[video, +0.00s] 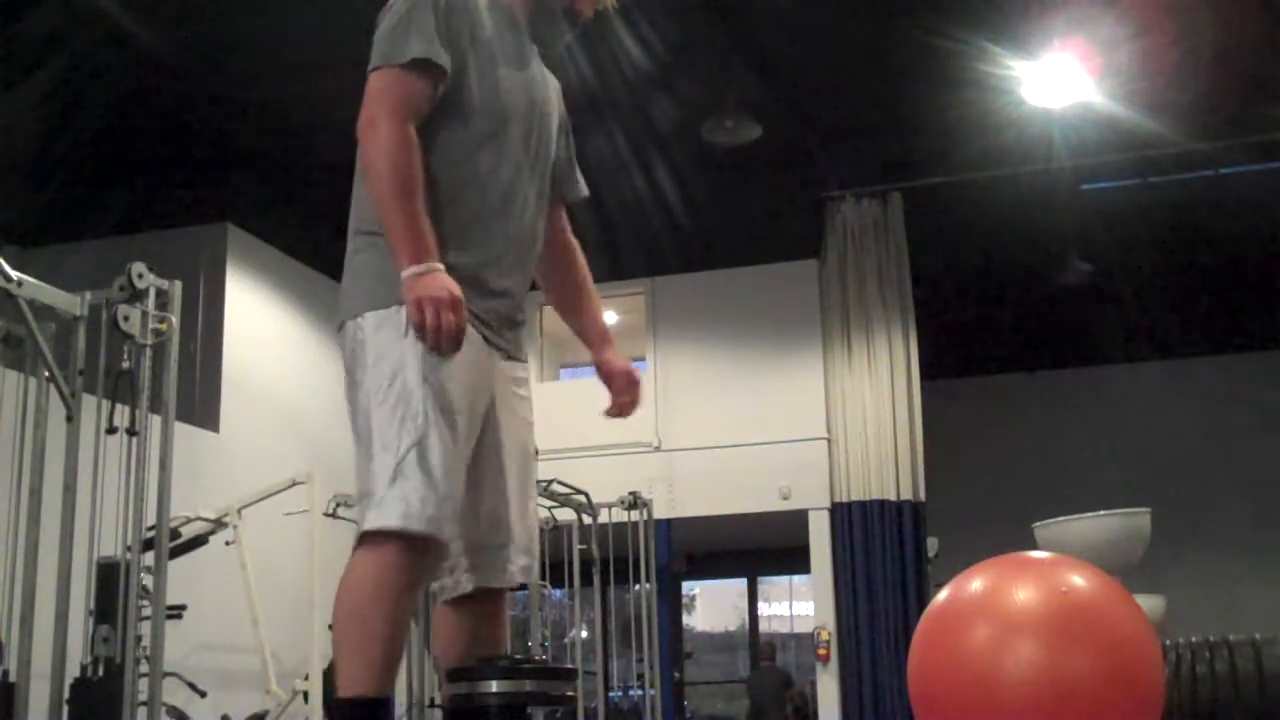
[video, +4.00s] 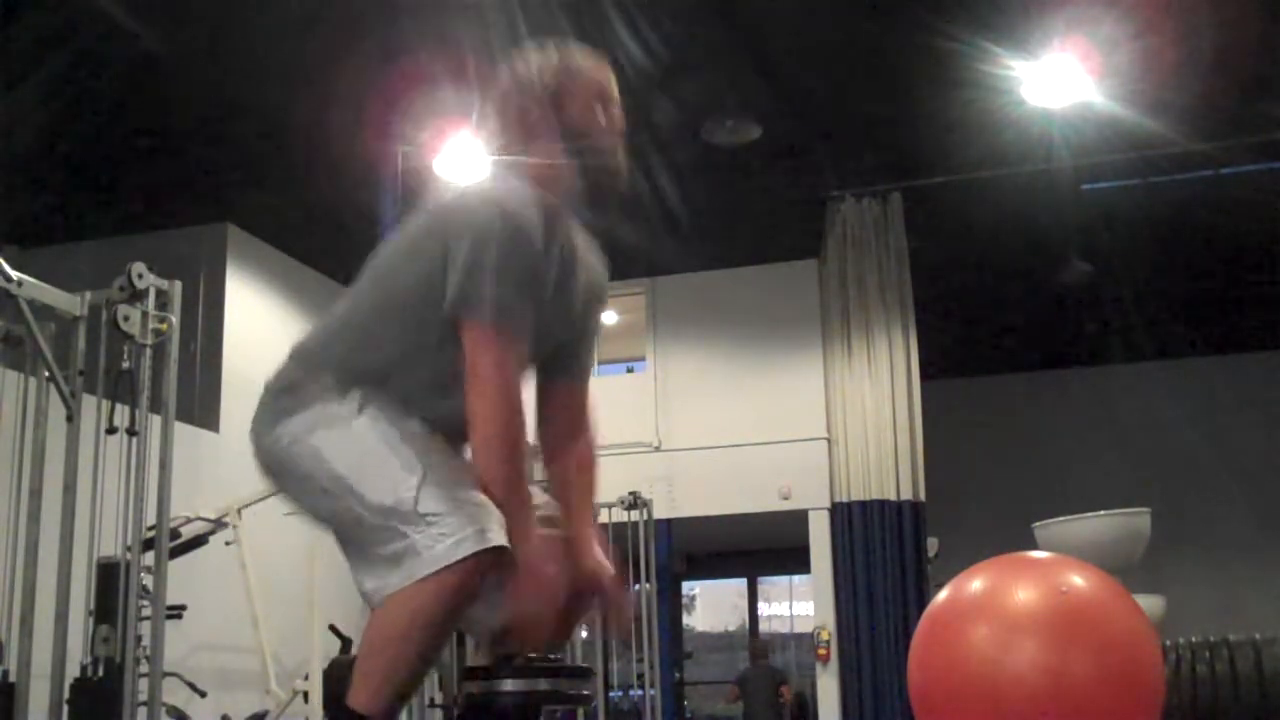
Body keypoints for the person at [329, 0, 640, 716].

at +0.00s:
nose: (602, 4)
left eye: (606, 5)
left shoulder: (544, 84)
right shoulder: (444, 5)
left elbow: (549, 227)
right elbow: (384, 121)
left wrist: (601, 344)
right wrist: (419, 263)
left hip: (501, 332)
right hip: (414, 306)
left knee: (484, 562)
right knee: (402, 529)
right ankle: (356, 713)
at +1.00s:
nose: (580, 6)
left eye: (581, 10)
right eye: (578, 3)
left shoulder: (517, 64)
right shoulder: (427, 6)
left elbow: (513, 217)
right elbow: (386, 137)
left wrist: (557, 342)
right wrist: (442, 286)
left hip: (472, 323)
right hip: (388, 305)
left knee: (474, 567)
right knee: (380, 543)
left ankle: (470, 717)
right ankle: (336, 714)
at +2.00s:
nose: (604, 192)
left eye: (601, 177)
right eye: (584, 174)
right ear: (527, 186)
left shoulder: (567, 342)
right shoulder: (477, 286)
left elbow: (541, 494)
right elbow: (468, 475)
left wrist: (540, 636)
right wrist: (477, 640)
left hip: (392, 497)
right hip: (291, 485)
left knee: (574, 576)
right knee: (456, 546)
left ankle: (484, 710)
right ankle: (355, 711)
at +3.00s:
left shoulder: (523, 75)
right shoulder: (427, 8)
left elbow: (519, 211)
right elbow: (442, 158)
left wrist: (531, 337)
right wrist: (464, 308)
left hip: (452, 317)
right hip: (365, 300)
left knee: (462, 553)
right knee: (363, 533)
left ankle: (449, 711)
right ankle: (332, 711)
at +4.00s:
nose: (607, 124)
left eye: (611, 106)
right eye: (587, 105)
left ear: (619, 123)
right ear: (531, 117)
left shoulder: (582, 263)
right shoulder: (499, 213)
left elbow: (568, 425)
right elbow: (491, 391)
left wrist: (584, 542)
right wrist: (526, 543)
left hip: (409, 426)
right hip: (321, 404)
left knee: (546, 564)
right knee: (455, 545)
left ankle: (358, 683)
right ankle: (362, 706)